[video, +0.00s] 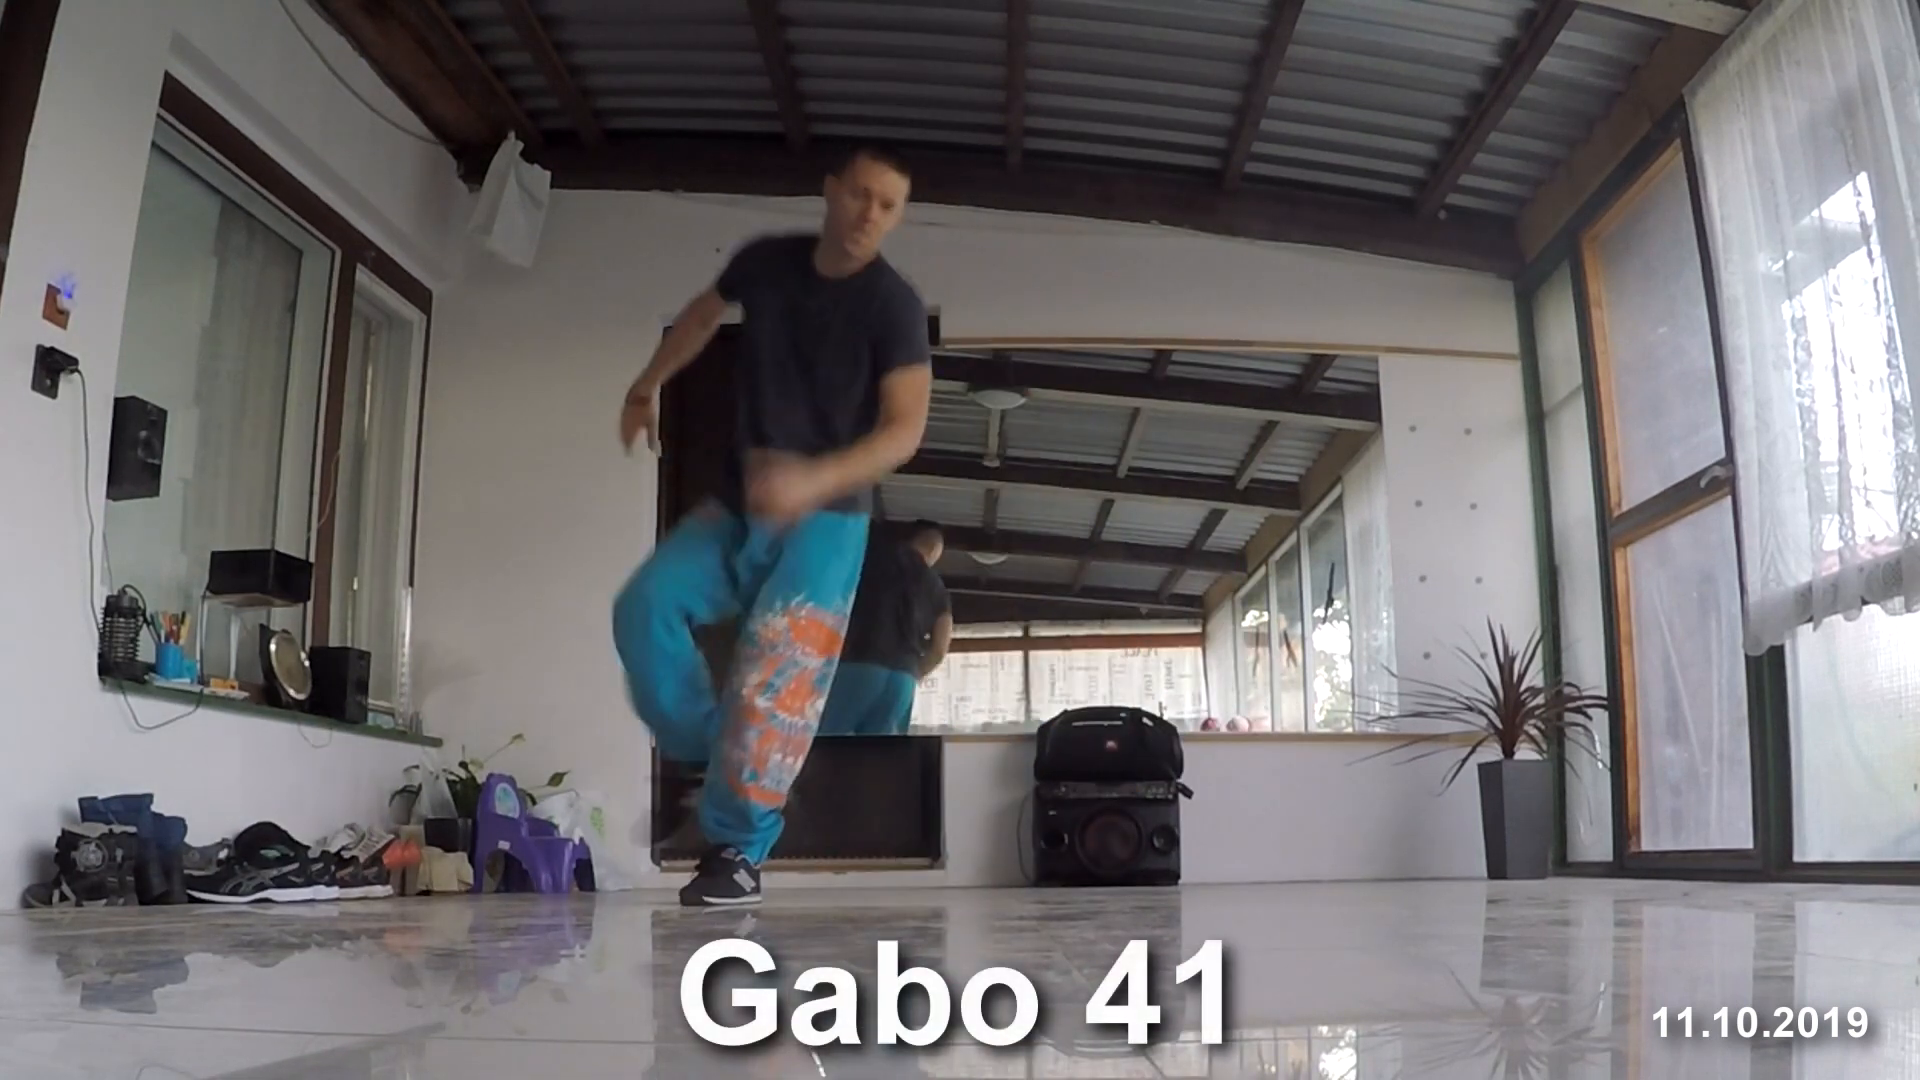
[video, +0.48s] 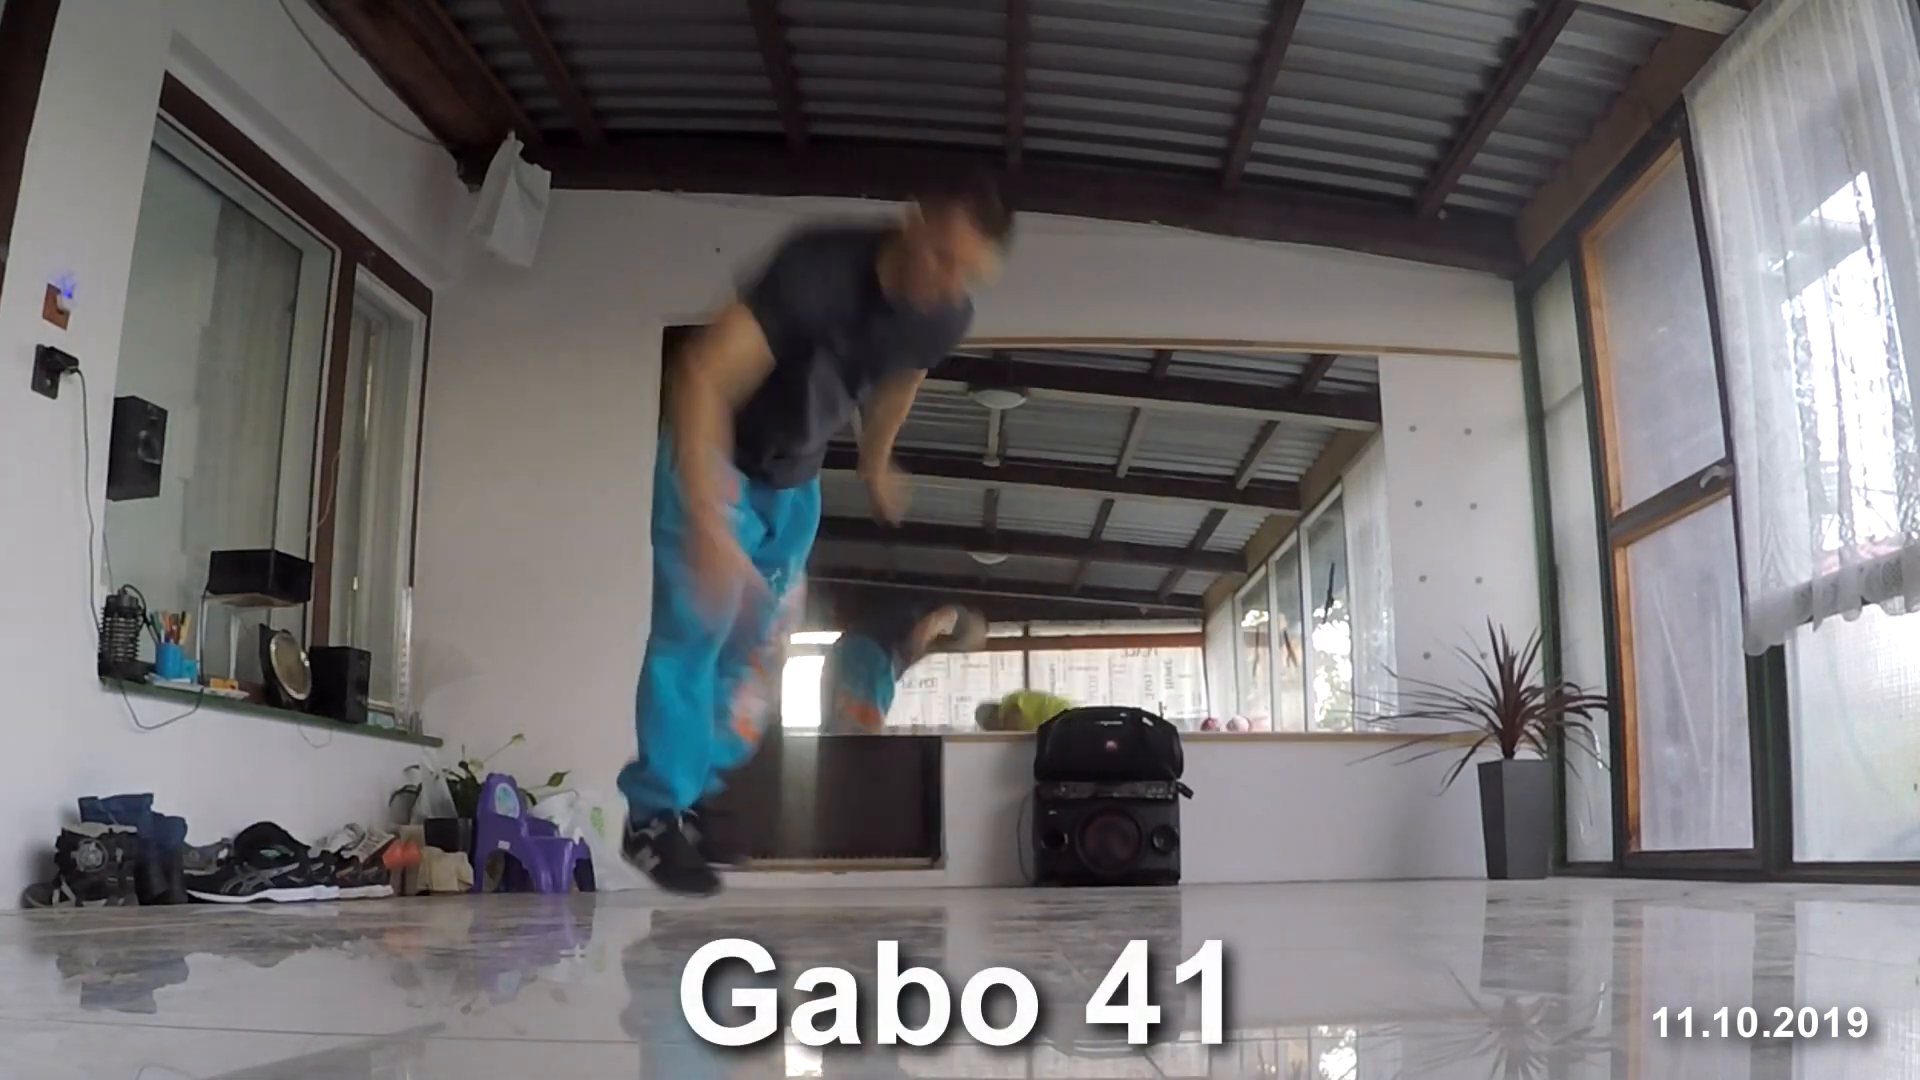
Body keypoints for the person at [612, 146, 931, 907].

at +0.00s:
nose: (869, 215)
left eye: (886, 205)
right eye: (859, 195)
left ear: (899, 217)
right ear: (829, 191)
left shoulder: (895, 305)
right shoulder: (764, 263)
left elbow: (905, 434)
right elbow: (701, 319)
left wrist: (815, 478)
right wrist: (646, 385)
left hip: (827, 519)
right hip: (736, 507)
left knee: (780, 672)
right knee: (644, 607)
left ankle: (738, 852)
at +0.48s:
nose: (950, 285)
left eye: (968, 275)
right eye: (946, 260)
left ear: (984, 269)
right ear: (914, 222)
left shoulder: (945, 315)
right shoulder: (820, 266)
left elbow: (898, 387)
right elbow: (703, 376)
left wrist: (876, 465)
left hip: (794, 479)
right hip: (715, 458)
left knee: (754, 640)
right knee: (694, 624)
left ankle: (700, 797)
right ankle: (654, 814)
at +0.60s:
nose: (1001, 477)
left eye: (1017, 468)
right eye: (1005, 458)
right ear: (974, 408)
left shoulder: (942, 395)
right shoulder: (881, 448)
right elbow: (847, 635)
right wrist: (879, 797)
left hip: (772, 523)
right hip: (713, 496)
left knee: (671, 627)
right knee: (709, 678)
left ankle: (577, 716)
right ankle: (655, 856)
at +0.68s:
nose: (1023, 527)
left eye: (1036, 513)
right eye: (1020, 507)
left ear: (1013, 455)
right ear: (982, 461)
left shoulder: (976, 415)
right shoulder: (895, 505)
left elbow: (1037, 383)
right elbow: (871, 688)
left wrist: (1110, 416)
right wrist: (897, 848)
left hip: (761, 478)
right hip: (714, 489)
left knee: (697, 585)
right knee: (709, 681)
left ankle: (575, 621)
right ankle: (654, 855)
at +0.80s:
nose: (1028, 631)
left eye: (1048, 625)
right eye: (1033, 613)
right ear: (1006, 552)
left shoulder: (1035, 504)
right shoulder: (915, 554)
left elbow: (1099, 608)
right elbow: (881, 725)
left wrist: (1117, 706)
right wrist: (893, 883)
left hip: (825, 369)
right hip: (753, 421)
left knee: (721, 379)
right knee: (687, 605)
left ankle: (653, 282)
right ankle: (572, 753)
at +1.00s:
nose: (1047, 663)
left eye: (1065, 662)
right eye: (1059, 647)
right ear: (1050, 580)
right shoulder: (964, 556)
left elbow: (1053, 741)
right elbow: (901, 723)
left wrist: (1056, 880)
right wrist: (895, 879)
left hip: (935, 357)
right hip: (856, 329)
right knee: (662, 320)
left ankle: (861, 600)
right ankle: (696, 160)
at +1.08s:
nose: (1048, 620)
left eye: (1064, 627)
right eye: (1064, 602)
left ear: (1077, 634)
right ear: (1072, 546)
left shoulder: (1044, 618)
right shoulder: (996, 495)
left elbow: (1048, 749)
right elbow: (882, 610)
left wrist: (1055, 881)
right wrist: (843, 788)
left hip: (866, 396)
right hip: (925, 313)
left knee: (731, 371)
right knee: (766, 195)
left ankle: (784, 313)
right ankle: (883, 106)